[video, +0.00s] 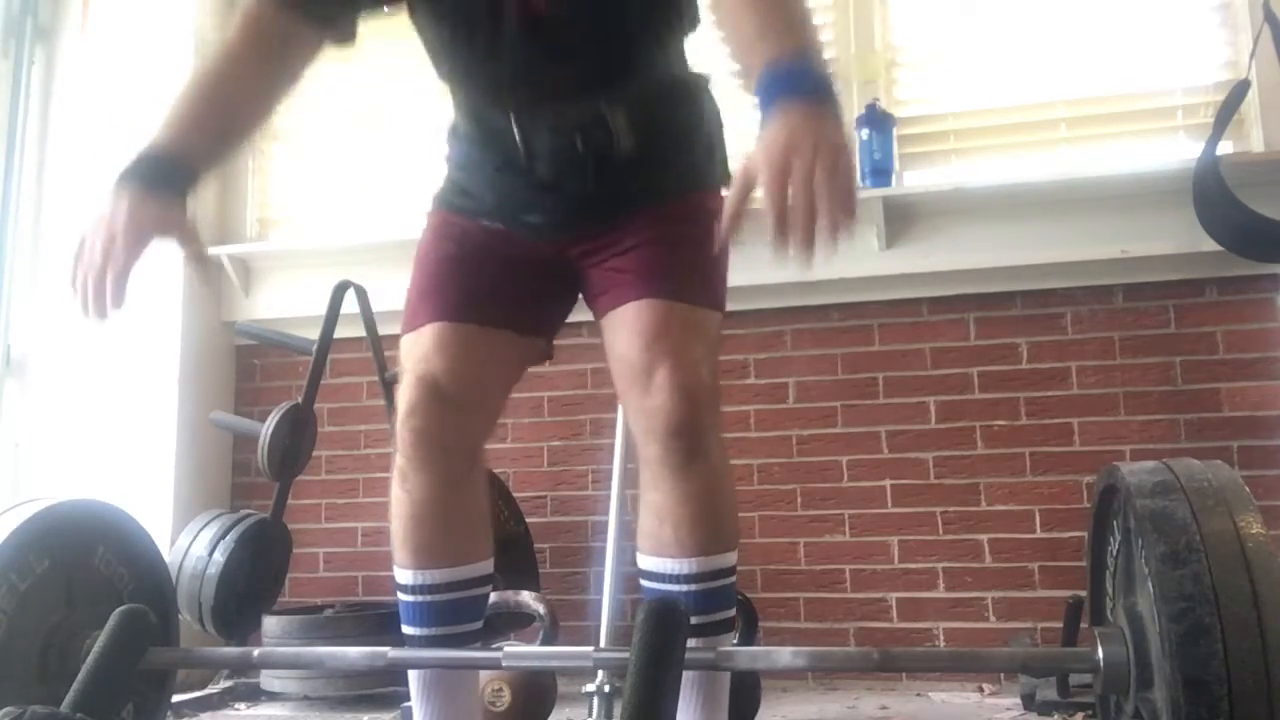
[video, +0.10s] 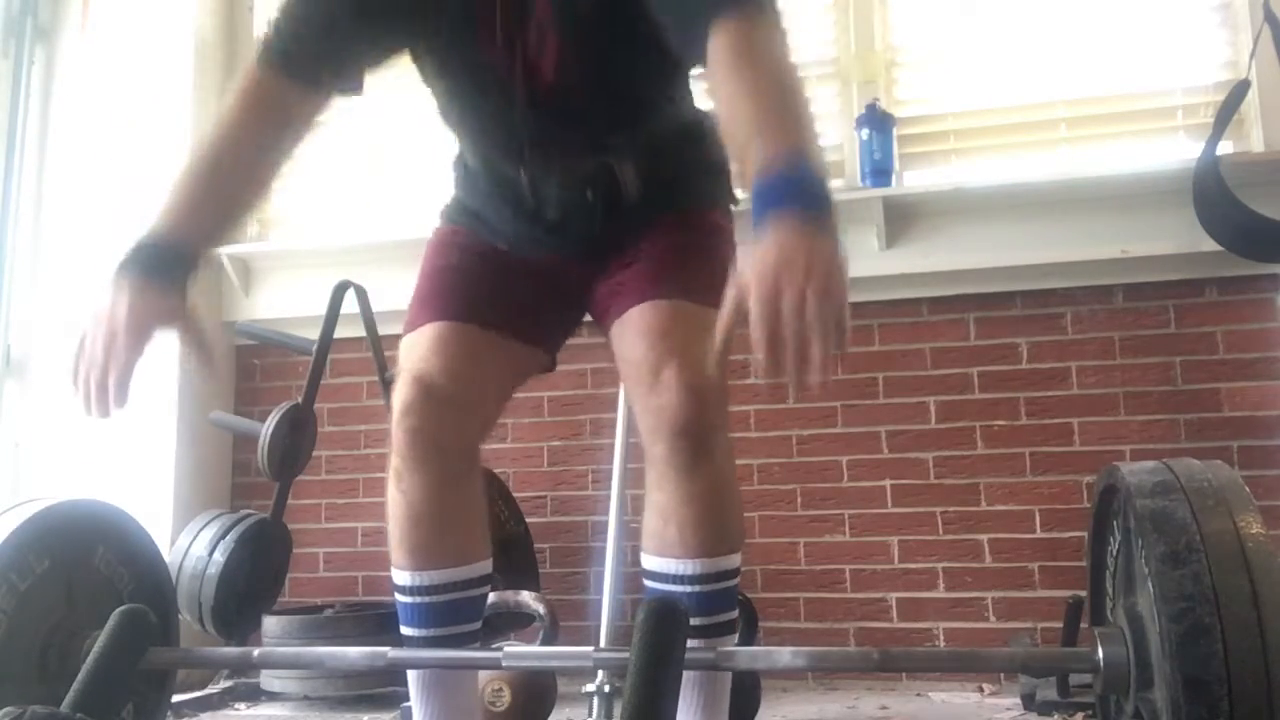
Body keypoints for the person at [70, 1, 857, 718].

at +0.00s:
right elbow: (285, 17)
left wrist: (793, 84)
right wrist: (159, 171)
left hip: (650, 157)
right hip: (494, 169)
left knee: (671, 397)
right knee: (429, 408)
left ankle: (701, 703)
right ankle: (445, 707)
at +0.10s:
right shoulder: (380, 2)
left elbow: (736, 19)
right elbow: (281, 88)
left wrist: (790, 198)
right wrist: (159, 257)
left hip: (660, 182)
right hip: (505, 192)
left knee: (679, 394)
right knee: (426, 409)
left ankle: (702, 705)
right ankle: (445, 707)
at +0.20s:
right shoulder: (388, 8)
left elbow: (735, 118)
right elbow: (278, 169)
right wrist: (165, 361)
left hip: (667, 226)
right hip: (510, 231)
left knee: (687, 401)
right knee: (426, 406)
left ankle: (699, 705)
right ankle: (445, 706)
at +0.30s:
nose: (435, 7)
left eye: (452, 0)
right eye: (418, 2)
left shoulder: (660, 15)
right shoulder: (388, 41)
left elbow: (737, 208)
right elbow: (282, 253)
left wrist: (774, 450)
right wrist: (197, 457)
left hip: (665, 248)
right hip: (515, 252)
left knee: (702, 405)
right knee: (423, 408)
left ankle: (697, 698)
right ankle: (449, 702)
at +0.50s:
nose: (437, 34)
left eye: (465, 6)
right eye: (411, 11)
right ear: (390, 5)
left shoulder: (654, 34)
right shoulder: (381, 84)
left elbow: (759, 261)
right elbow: (325, 304)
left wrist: (792, 525)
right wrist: (291, 538)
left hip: (670, 246)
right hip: (516, 253)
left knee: (706, 412)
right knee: (428, 412)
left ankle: (704, 703)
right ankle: (444, 706)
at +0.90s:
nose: (492, 127)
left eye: (509, 86)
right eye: (453, 114)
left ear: (538, 19)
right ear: (401, 91)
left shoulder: (649, 52)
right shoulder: (379, 134)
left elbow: (755, 310)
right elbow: (354, 368)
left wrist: (784, 539)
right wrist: (340, 594)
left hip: (658, 251)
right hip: (508, 260)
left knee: (680, 411)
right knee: (431, 416)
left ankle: (701, 701)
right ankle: (446, 704)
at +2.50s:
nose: (415, 154)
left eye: (439, 121)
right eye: (383, 135)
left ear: (492, 60)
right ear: (346, 110)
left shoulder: (612, 77)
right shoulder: (340, 142)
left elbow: (711, 370)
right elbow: (340, 350)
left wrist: (753, 598)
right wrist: (344, 575)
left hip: (631, 232)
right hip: (484, 244)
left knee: (655, 418)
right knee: (421, 411)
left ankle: (693, 702)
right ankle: (442, 705)